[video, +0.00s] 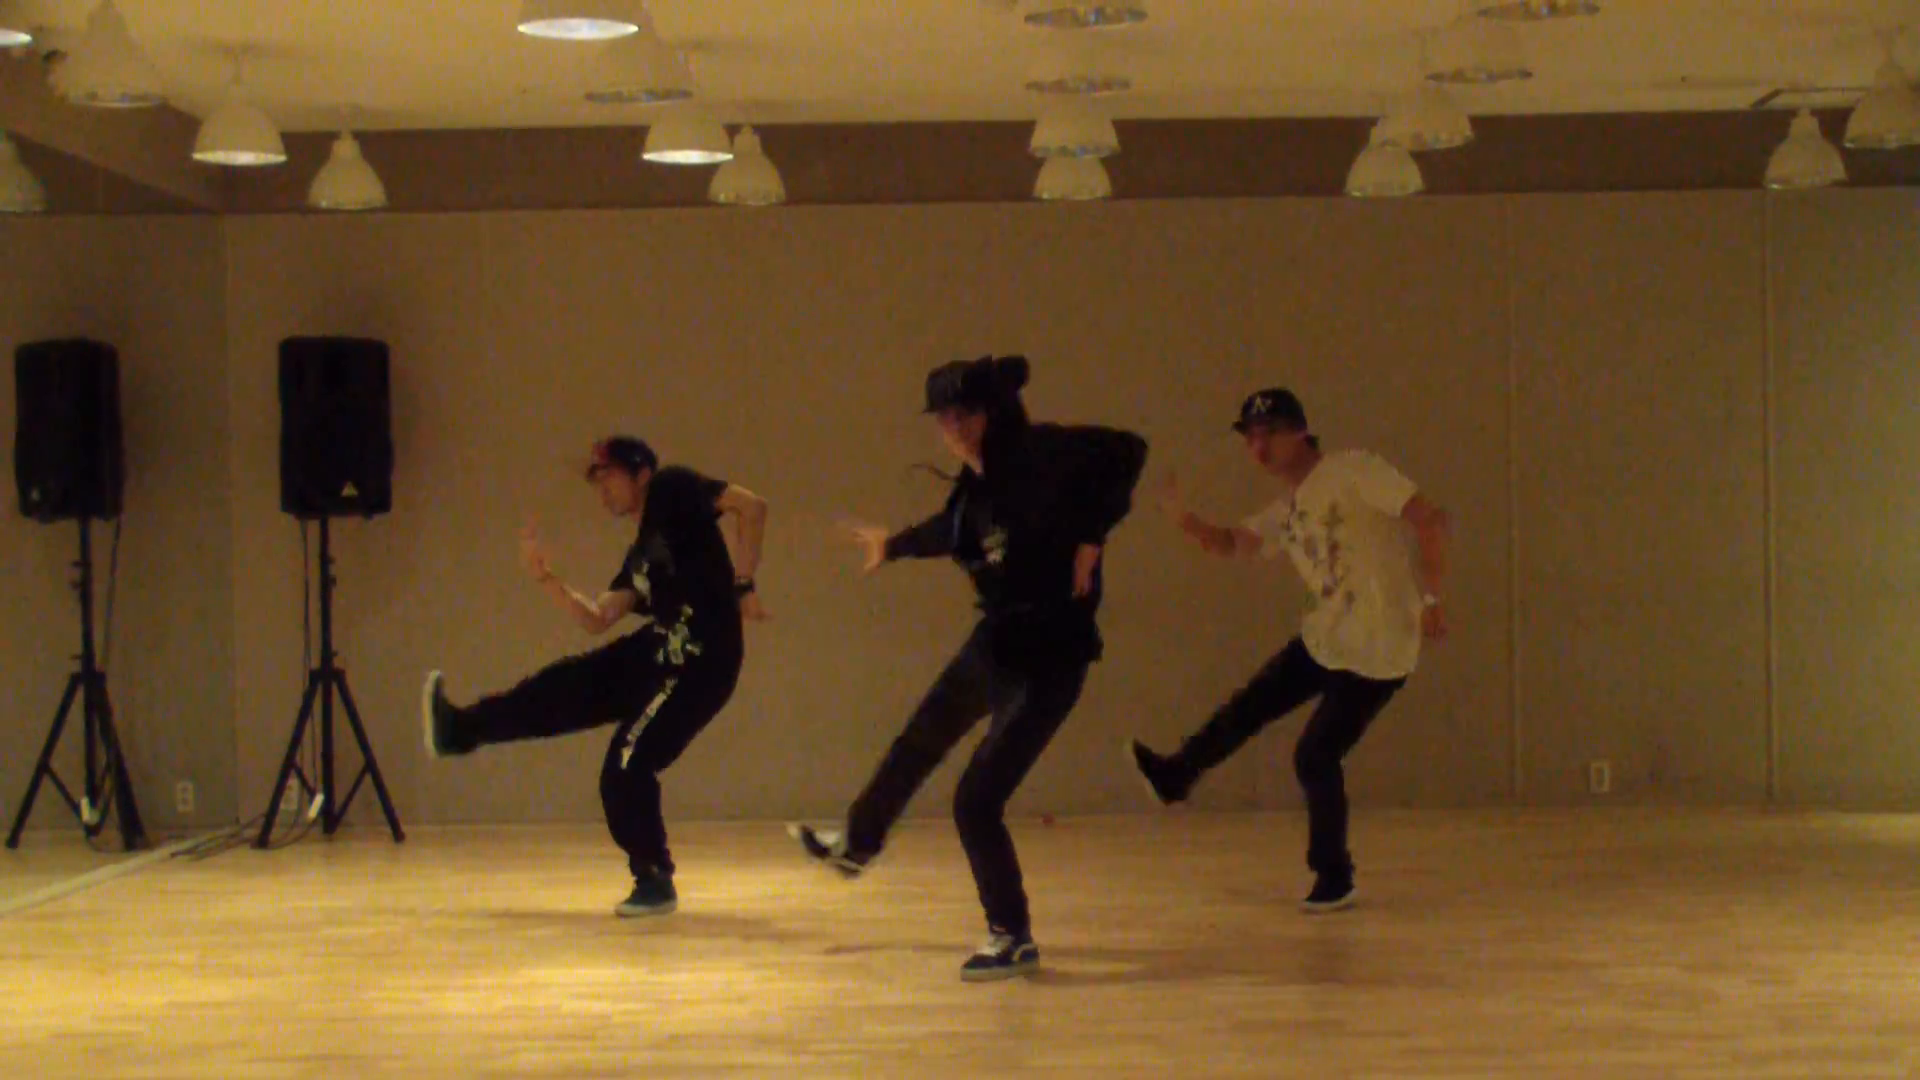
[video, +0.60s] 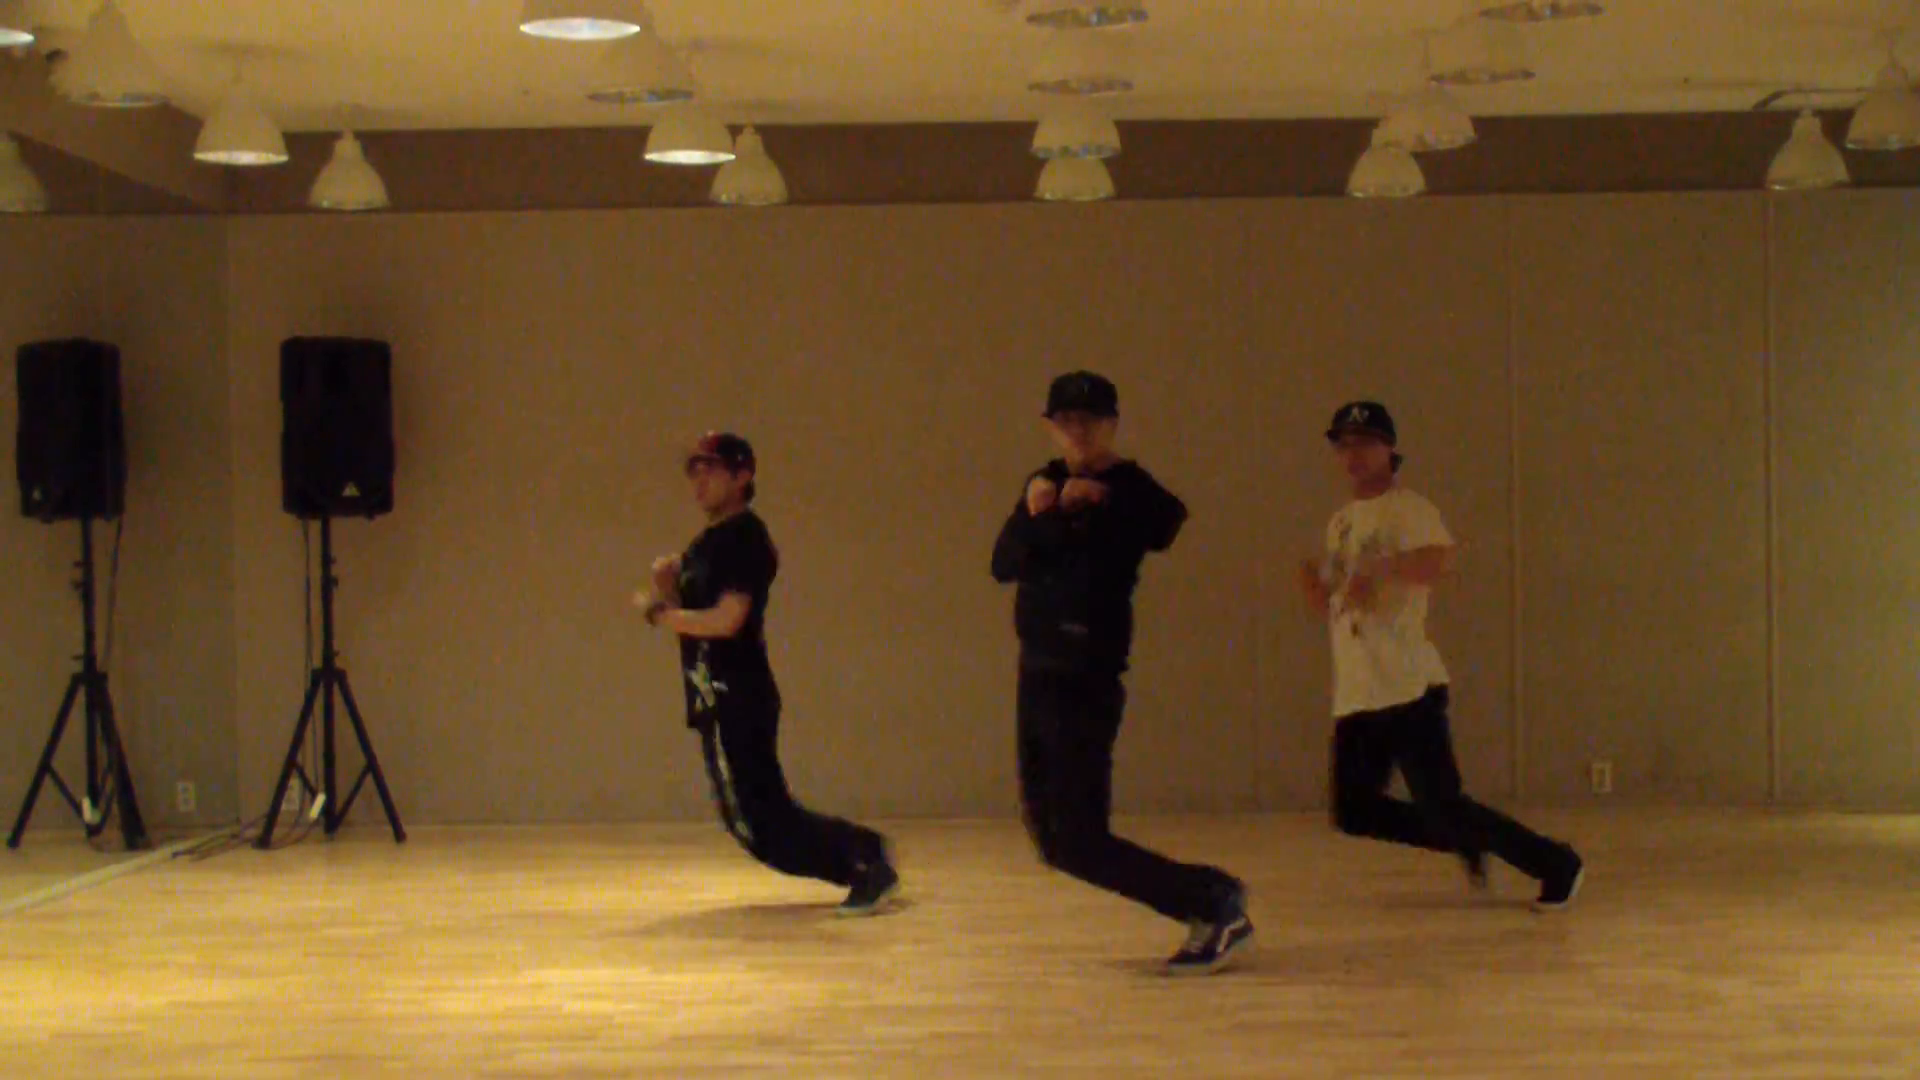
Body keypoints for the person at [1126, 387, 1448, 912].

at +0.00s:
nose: (1256, 449)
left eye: (1265, 435)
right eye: (1250, 439)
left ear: (1296, 433)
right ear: (1250, 444)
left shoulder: (1353, 471)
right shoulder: (1290, 510)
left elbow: (1428, 519)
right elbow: (1235, 543)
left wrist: (1433, 598)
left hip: (1381, 649)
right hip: (1328, 637)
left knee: (1317, 755)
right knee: (1251, 706)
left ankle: (1333, 876)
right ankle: (1178, 774)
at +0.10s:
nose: (1274, 451)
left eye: (1282, 436)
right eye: (1267, 441)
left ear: (1311, 432)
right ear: (1265, 447)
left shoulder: (1368, 471)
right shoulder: (1289, 515)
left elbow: (1449, 524)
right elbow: (1227, 541)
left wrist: (1451, 601)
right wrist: (1158, 527)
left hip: (1388, 647)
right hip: (1335, 640)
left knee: (1319, 752)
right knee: (1280, 722)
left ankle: (1334, 875)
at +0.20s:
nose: (1285, 450)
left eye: (1294, 436)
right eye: (1278, 440)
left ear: (1323, 432)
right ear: (1278, 446)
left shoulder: (1375, 472)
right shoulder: (1301, 514)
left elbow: (1451, 526)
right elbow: (1244, 546)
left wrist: (1453, 608)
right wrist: (1176, 549)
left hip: (1395, 647)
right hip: (1342, 648)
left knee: (1326, 751)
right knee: (1319, 753)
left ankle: (1335, 877)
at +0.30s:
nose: (1295, 444)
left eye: (1304, 431)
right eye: (1288, 435)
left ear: (1334, 430)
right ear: (1285, 442)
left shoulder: (1382, 474)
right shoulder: (1312, 512)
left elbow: (1458, 531)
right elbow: (1255, 555)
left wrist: (1455, 615)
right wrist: (1204, 591)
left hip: (1414, 649)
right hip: (1372, 654)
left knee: (1341, 751)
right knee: (1373, 768)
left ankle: (1342, 874)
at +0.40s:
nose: (1312, 452)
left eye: (1323, 439)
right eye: (1304, 443)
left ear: (1351, 441)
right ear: (1299, 450)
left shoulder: (1391, 489)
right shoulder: (1322, 513)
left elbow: (1462, 537)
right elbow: (1302, 578)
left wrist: (1459, 611)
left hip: (1432, 659)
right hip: (1392, 666)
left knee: (1362, 746)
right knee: (1443, 791)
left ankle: (1390, 864)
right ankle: (1537, 855)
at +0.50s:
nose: (1331, 456)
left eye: (1342, 444)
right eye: (1324, 447)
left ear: (1370, 448)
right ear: (1318, 454)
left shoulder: (1402, 497)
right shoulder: (1340, 515)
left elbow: (1463, 547)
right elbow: (1336, 590)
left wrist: (1448, 604)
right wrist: (1326, 651)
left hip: (1425, 669)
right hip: (1386, 675)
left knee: (1392, 785)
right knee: (1424, 791)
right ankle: (1525, 850)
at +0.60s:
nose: (1354, 456)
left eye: (1366, 444)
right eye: (1345, 446)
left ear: (1390, 450)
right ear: (1337, 454)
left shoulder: (1410, 508)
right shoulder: (1342, 522)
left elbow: (1435, 562)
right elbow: (1335, 603)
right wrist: (1316, 590)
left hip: (1411, 686)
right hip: (1357, 693)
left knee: (1443, 807)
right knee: (1353, 812)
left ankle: (1555, 863)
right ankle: (1456, 839)